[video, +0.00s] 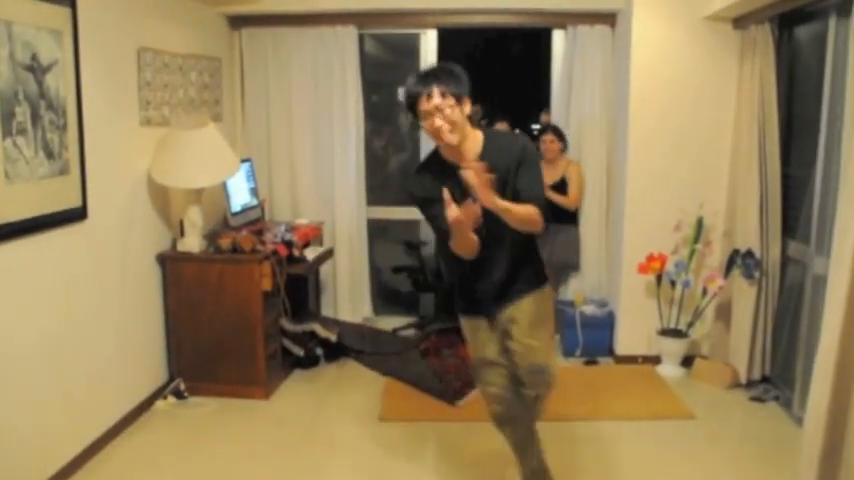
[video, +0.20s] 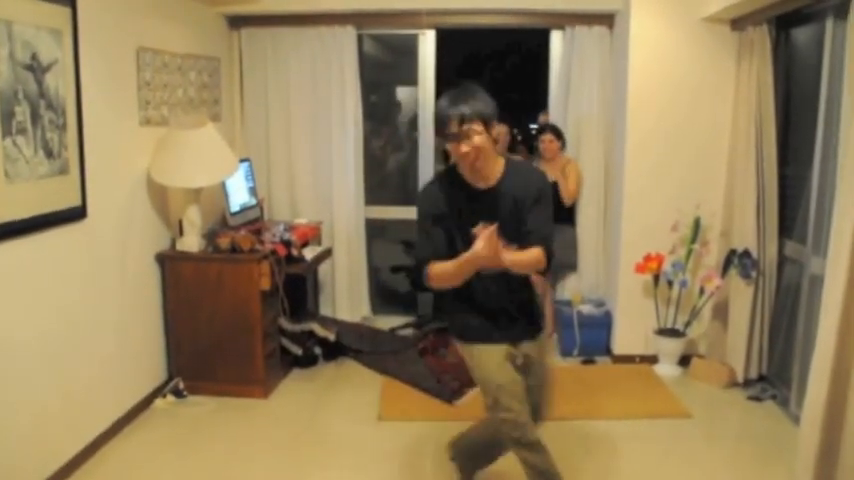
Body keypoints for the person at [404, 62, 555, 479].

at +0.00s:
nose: (437, 124)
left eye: (443, 110)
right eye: (426, 116)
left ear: (465, 105)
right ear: (418, 122)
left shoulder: (514, 148)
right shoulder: (427, 177)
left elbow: (536, 221)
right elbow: (464, 251)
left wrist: (490, 199)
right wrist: (462, 227)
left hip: (523, 285)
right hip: (473, 298)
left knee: (537, 376)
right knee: (500, 401)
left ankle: (516, 428)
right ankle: (535, 474)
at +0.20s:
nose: (462, 149)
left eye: (468, 136)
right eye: (452, 140)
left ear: (491, 131)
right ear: (443, 144)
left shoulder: (532, 182)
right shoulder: (436, 195)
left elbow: (543, 255)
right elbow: (428, 276)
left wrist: (503, 258)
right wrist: (475, 258)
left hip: (529, 318)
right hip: (475, 323)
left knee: (532, 414)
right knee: (516, 421)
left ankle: (466, 453)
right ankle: (547, 475)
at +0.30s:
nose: (476, 136)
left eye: (485, 124)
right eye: (468, 126)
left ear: (511, 122)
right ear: (460, 127)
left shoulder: (540, 181)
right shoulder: (450, 166)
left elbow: (526, 257)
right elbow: (400, 221)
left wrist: (463, 258)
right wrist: (417, 256)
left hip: (499, 298)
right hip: (449, 286)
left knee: (479, 396)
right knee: (456, 378)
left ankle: (444, 465)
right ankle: (463, 459)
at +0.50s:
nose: (453, 136)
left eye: (461, 124)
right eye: (447, 126)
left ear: (491, 117)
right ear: (442, 121)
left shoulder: (523, 179)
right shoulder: (449, 155)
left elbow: (530, 272)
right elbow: (425, 209)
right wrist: (381, 240)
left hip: (477, 315)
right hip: (431, 286)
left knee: (437, 401)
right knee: (380, 345)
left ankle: (406, 466)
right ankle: (446, 372)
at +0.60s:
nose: (452, 142)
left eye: (461, 131)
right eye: (447, 132)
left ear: (493, 128)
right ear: (442, 133)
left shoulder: (518, 193)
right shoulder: (452, 170)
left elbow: (539, 285)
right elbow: (429, 214)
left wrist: (527, 360)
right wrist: (378, 229)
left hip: (472, 324)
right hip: (426, 298)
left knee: (430, 407)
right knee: (383, 361)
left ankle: (395, 468)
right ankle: (474, 394)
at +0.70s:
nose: (460, 138)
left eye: (469, 127)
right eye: (454, 128)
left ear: (498, 124)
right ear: (449, 130)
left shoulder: (524, 187)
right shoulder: (459, 168)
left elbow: (555, 270)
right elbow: (426, 217)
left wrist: (551, 343)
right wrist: (369, 213)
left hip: (485, 323)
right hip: (443, 311)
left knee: (438, 406)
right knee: (444, 396)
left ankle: (397, 470)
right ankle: (528, 461)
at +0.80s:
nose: (457, 144)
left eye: (465, 134)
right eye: (452, 134)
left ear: (495, 123)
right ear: (447, 127)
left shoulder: (532, 175)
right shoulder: (461, 169)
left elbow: (567, 255)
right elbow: (442, 232)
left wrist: (536, 324)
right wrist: (385, 256)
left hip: (520, 316)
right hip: (484, 311)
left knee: (468, 401)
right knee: (505, 405)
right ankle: (555, 472)